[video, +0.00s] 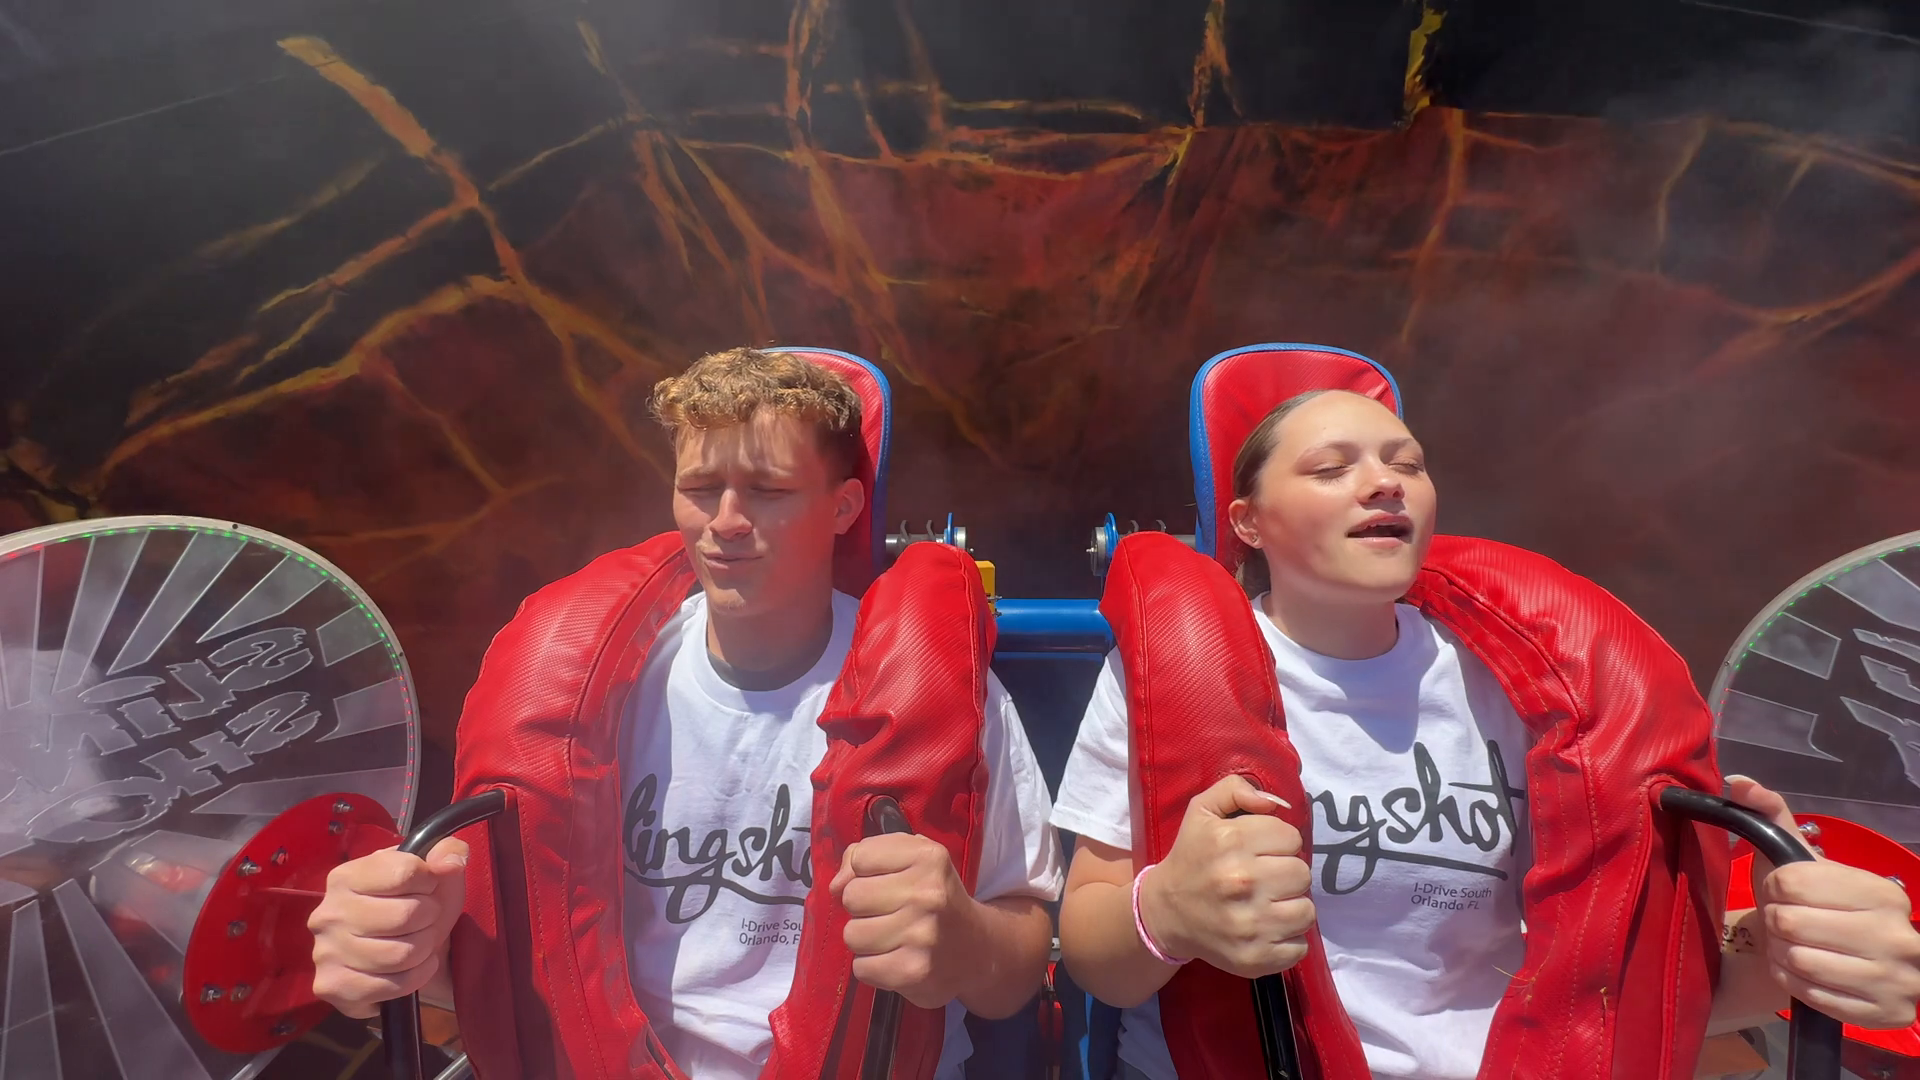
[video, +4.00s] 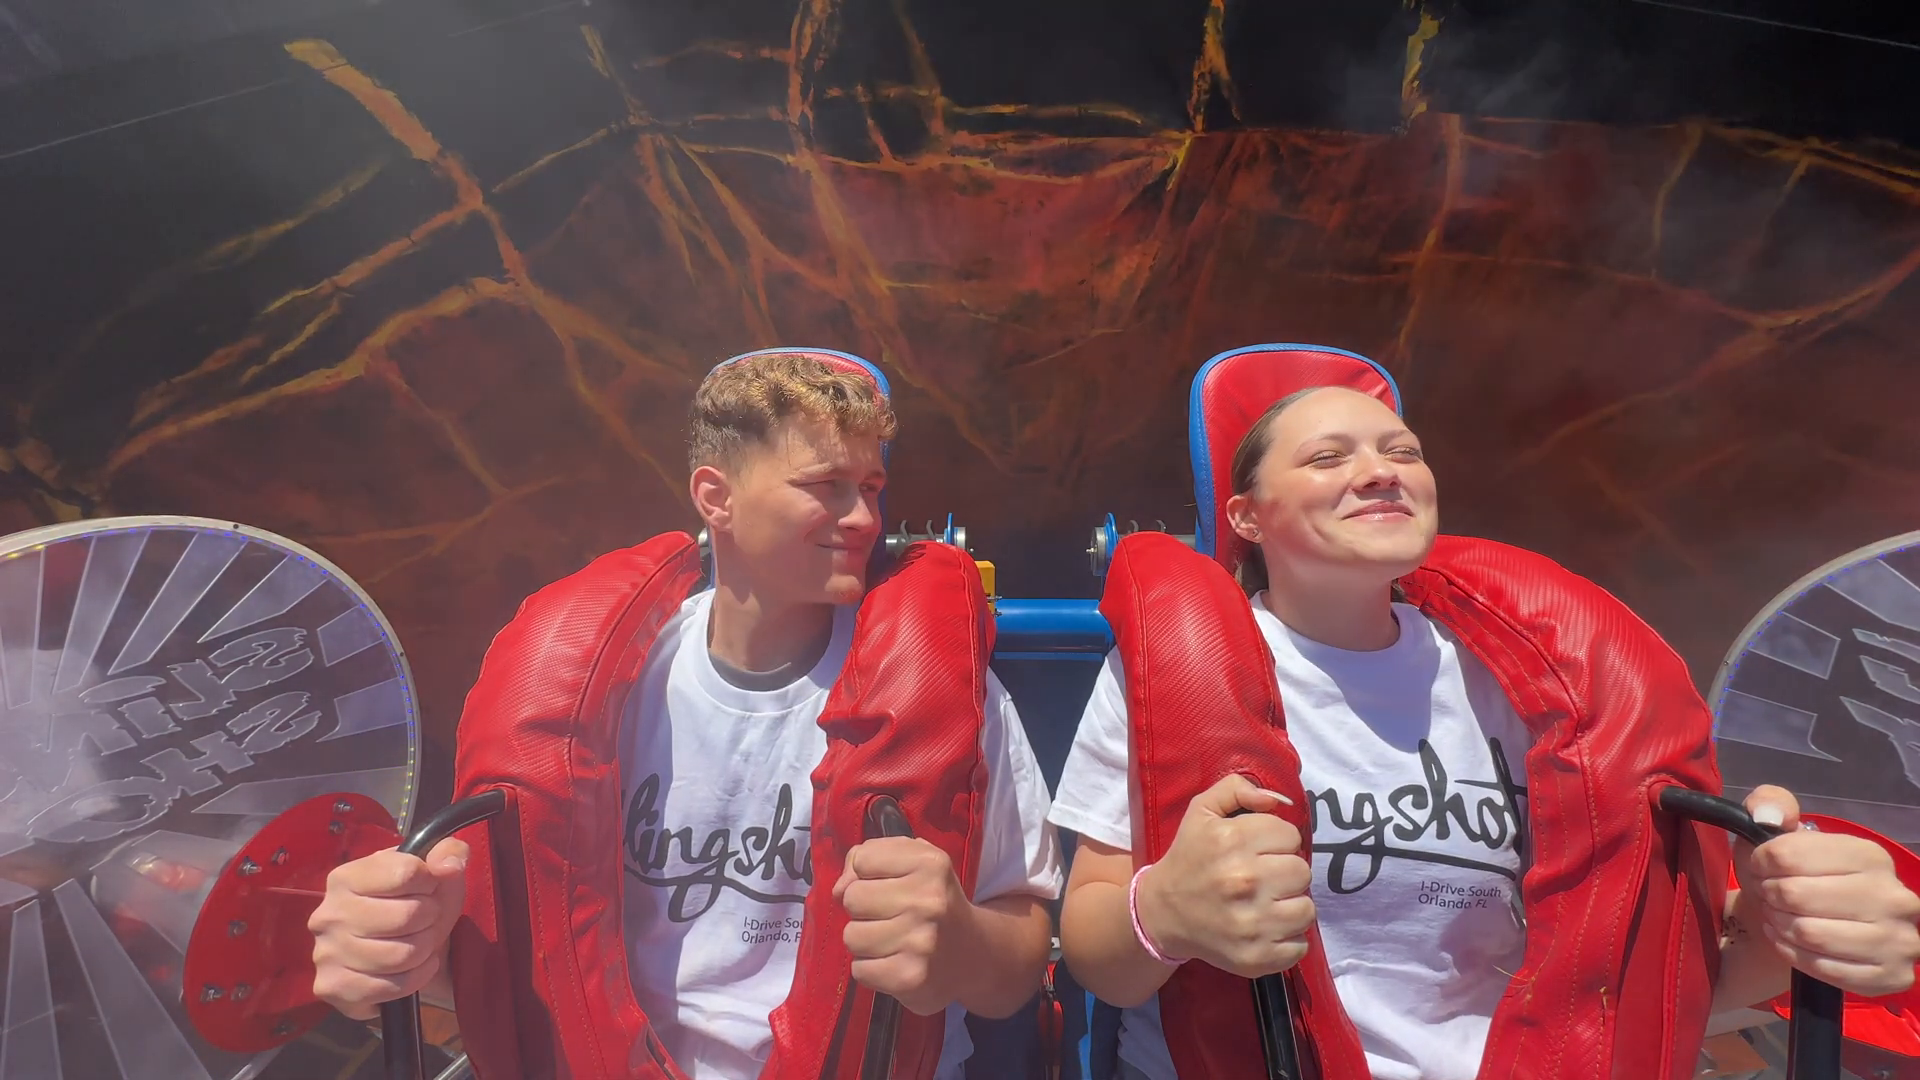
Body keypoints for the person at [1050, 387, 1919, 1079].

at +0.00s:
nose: (1383, 481)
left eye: (1401, 458)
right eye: (1330, 464)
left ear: (1432, 493)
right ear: (1245, 521)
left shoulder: (1529, 666)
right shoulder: (1175, 668)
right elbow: (1088, 953)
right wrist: (1162, 912)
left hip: (1507, 1067)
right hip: (1288, 1064)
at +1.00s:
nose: (1386, 481)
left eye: (1402, 457)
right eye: (1330, 466)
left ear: (1432, 491)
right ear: (1245, 522)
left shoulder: (1529, 666)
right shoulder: (1173, 667)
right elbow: (1086, 955)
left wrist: (1748, 927)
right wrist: (1161, 911)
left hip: (1508, 1068)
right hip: (1287, 1066)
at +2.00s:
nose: (1384, 481)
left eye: (1401, 457)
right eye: (1330, 468)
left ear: (1434, 488)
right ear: (1246, 523)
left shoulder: (1520, 664)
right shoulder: (1175, 664)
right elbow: (1089, 954)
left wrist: (1717, 857)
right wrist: (1162, 911)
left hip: (1508, 1065)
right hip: (1294, 1065)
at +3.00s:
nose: (1373, 491)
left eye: (1393, 463)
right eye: (1321, 473)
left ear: (1427, 490)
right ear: (1242, 525)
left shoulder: (1533, 655)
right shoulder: (1171, 663)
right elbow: (1087, 957)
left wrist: (1754, 897)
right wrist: (1160, 913)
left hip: (1515, 1055)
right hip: (1289, 1057)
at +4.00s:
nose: (1379, 468)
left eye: (1395, 445)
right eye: (1325, 455)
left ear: (1431, 480)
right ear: (1244, 518)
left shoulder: (1530, 662)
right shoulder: (1173, 663)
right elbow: (1088, 953)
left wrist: (1767, 904)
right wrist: (1158, 914)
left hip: (1506, 1067)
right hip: (1281, 1066)